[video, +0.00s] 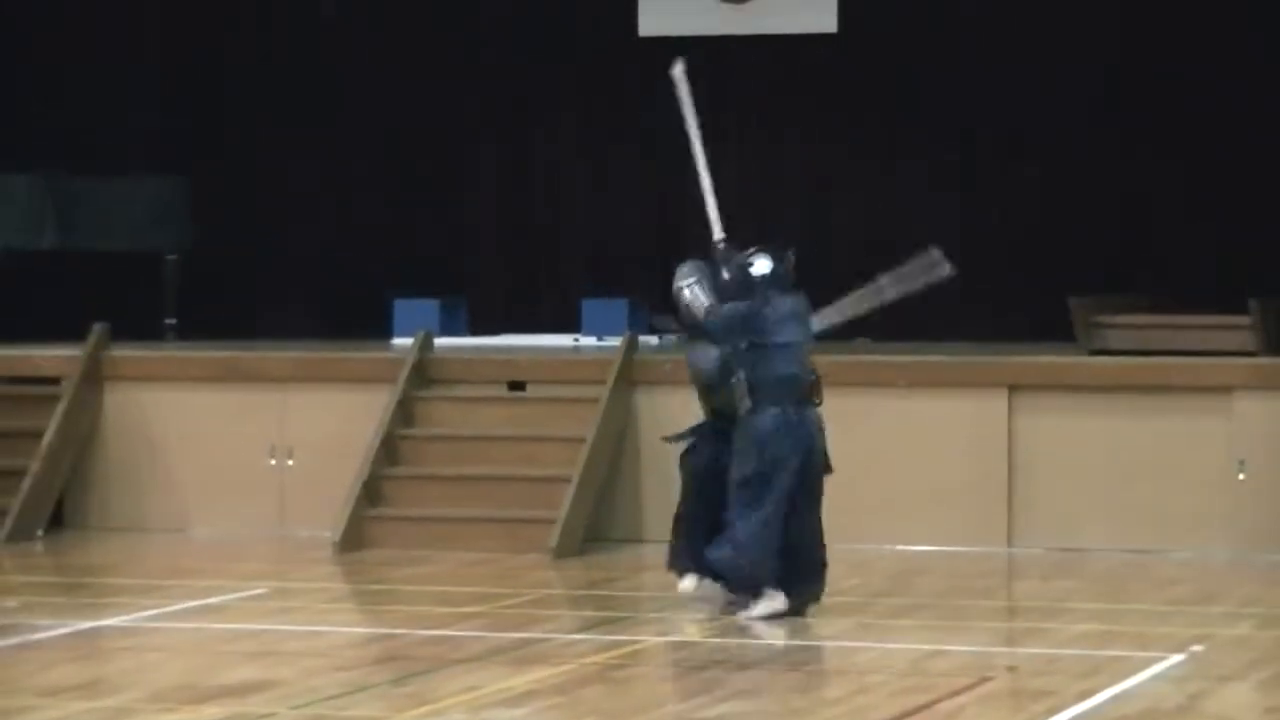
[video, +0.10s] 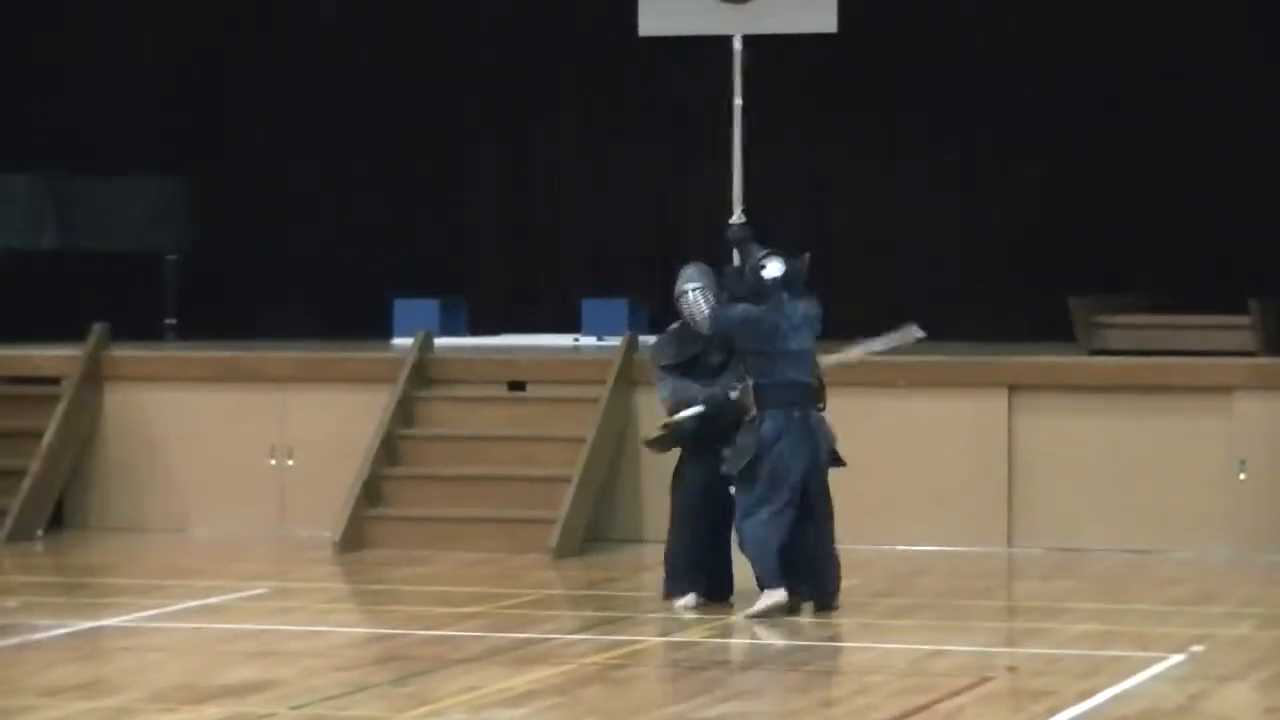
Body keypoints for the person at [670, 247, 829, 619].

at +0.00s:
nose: (742, 284)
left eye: (746, 277)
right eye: (741, 278)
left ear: (755, 280)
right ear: (783, 274)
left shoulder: (757, 312)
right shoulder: (798, 306)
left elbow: (709, 316)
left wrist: (689, 279)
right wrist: (734, 263)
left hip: (768, 415)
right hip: (804, 414)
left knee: (755, 500)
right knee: (799, 505)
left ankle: (771, 588)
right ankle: (802, 587)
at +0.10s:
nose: (697, 303)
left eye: (702, 293)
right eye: (688, 297)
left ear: (716, 293)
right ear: (680, 301)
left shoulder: (737, 333)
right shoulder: (670, 342)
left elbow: (748, 378)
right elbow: (669, 392)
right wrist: (720, 392)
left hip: (739, 431)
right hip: (698, 434)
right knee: (691, 504)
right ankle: (686, 587)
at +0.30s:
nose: (695, 293)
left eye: (699, 282)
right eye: (685, 286)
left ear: (709, 281)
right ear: (671, 292)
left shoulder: (727, 317)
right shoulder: (652, 328)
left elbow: (742, 364)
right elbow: (653, 385)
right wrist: (709, 387)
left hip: (724, 423)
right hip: (674, 428)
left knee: (734, 504)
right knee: (670, 507)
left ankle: (752, 583)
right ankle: (680, 591)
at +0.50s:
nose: (694, 274)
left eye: (694, 265)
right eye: (686, 265)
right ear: (664, 266)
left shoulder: (689, 305)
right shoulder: (637, 310)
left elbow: (718, 347)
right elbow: (680, 349)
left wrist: (748, 360)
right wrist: (720, 362)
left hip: (680, 411)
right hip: (646, 414)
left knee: (700, 491)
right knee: (661, 498)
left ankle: (711, 576)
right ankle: (658, 588)